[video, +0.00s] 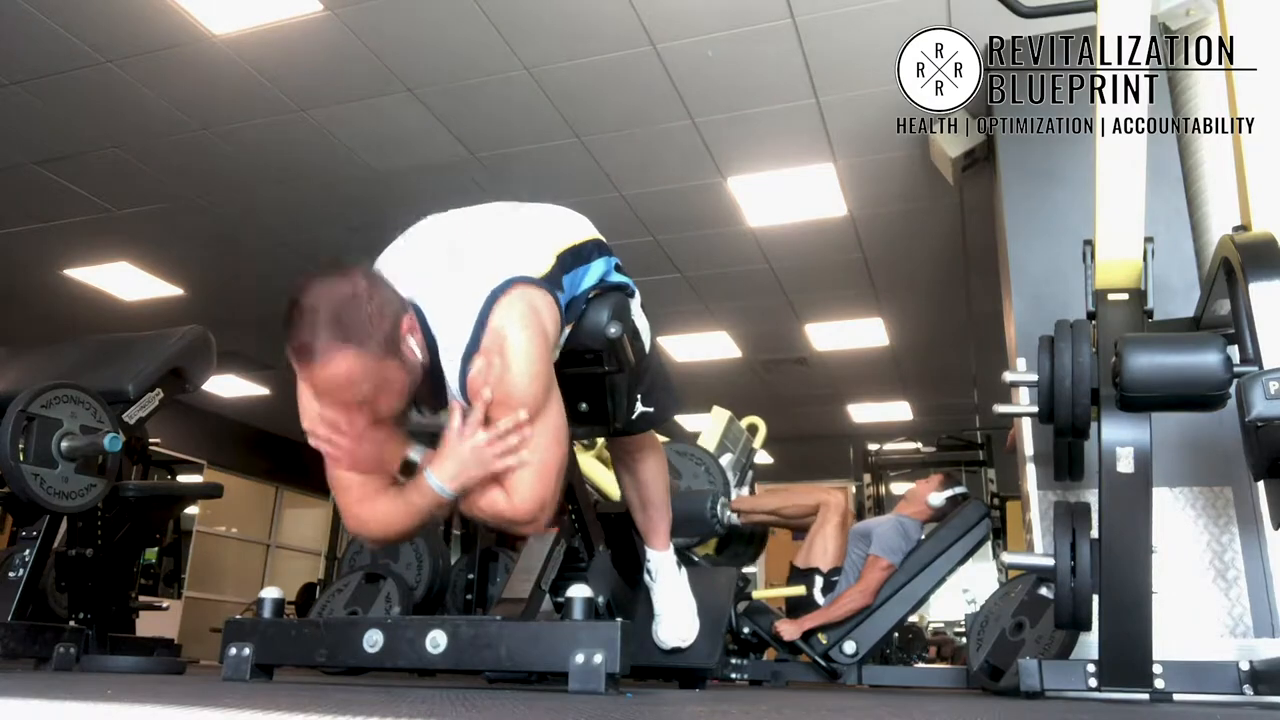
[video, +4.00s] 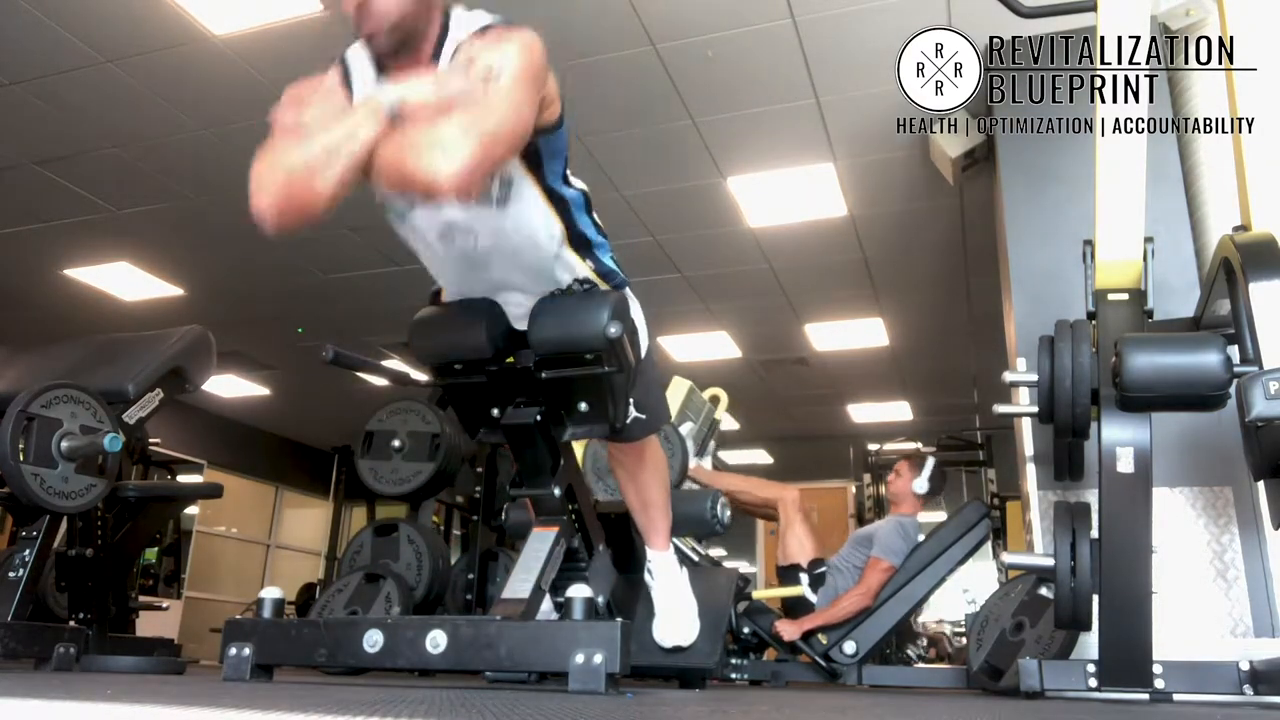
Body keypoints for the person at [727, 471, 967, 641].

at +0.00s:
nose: (919, 480)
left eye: (929, 480)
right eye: (928, 477)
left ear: (933, 498)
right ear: (935, 503)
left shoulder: (896, 528)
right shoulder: (905, 527)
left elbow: (865, 593)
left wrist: (801, 624)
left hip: (817, 605)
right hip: (823, 600)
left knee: (834, 499)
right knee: (834, 501)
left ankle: (729, 503)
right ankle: (740, 512)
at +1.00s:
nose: (921, 479)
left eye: (930, 480)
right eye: (929, 477)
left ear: (931, 498)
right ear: (936, 507)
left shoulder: (895, 529)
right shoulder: (904, 527)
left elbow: (865, 595)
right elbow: (865, 592)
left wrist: (801, 624)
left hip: (817, 606)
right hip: (824, 599)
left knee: (814, 497)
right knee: (811, 504)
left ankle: (718, 488)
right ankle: (729, 497)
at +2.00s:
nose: (916, 480)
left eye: (924, 481)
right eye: (923, 478)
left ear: (930, 499)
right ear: (930, 503)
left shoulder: (896, 528)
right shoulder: (904, 528)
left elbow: (864, 595)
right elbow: (867, 593)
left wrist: (802, 624)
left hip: (812, 607)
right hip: (818, 600)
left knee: (779, 501)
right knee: (783, 506)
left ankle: (687, 467)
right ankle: (703, 481)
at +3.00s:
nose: (917, 482)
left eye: (927, 481)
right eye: (926, 479)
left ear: (933, 497)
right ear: (934, 500)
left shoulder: (899, 528)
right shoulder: (904, 527)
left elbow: (865, 595)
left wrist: (801, 624)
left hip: (816, 605)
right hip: (820, 602)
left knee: (843, 500)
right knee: (843, 504)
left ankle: (739, 509)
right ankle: (750, 519)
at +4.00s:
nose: (889, 479)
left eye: (898, 474)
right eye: (893, 472)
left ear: (917, 488)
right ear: (914, 489)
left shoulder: (895, 528)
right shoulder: (901, 526)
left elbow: (865, 595)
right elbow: (866, 592)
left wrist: (802, 625)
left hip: (812, 602)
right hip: (817, 594)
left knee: (790, 498)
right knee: (787, 501)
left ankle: (698, 471)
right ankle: (712, 481)